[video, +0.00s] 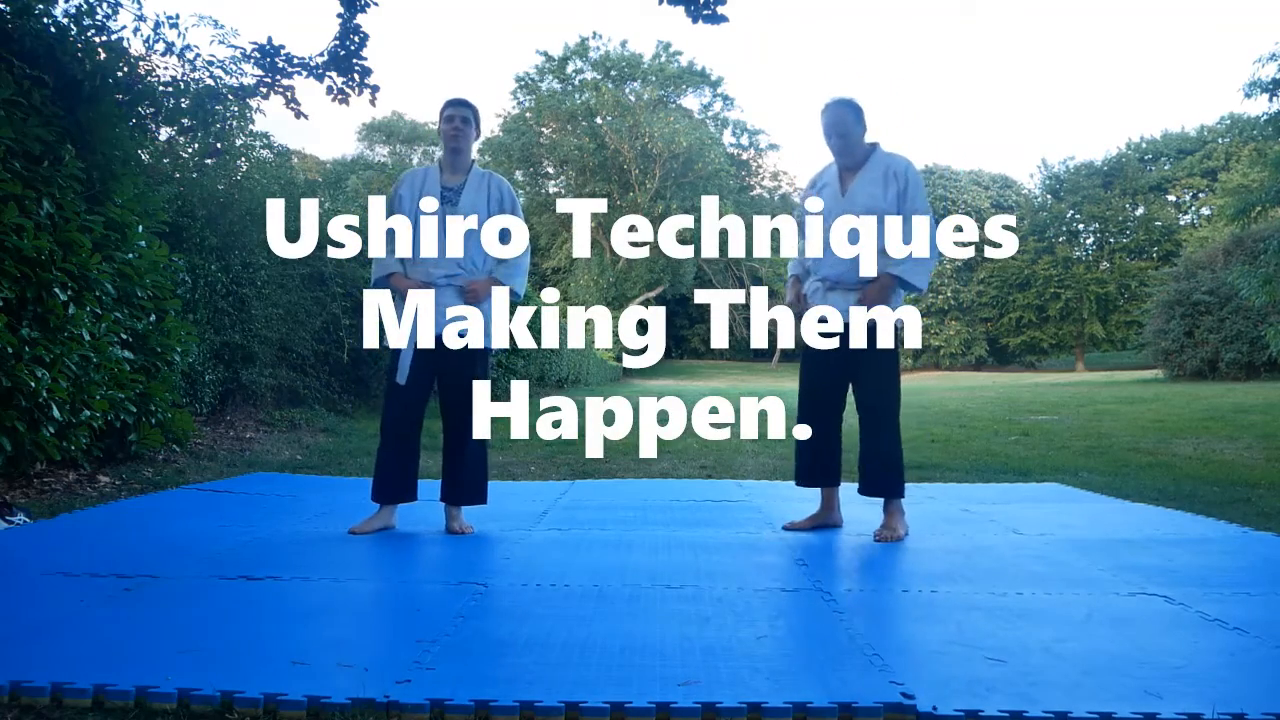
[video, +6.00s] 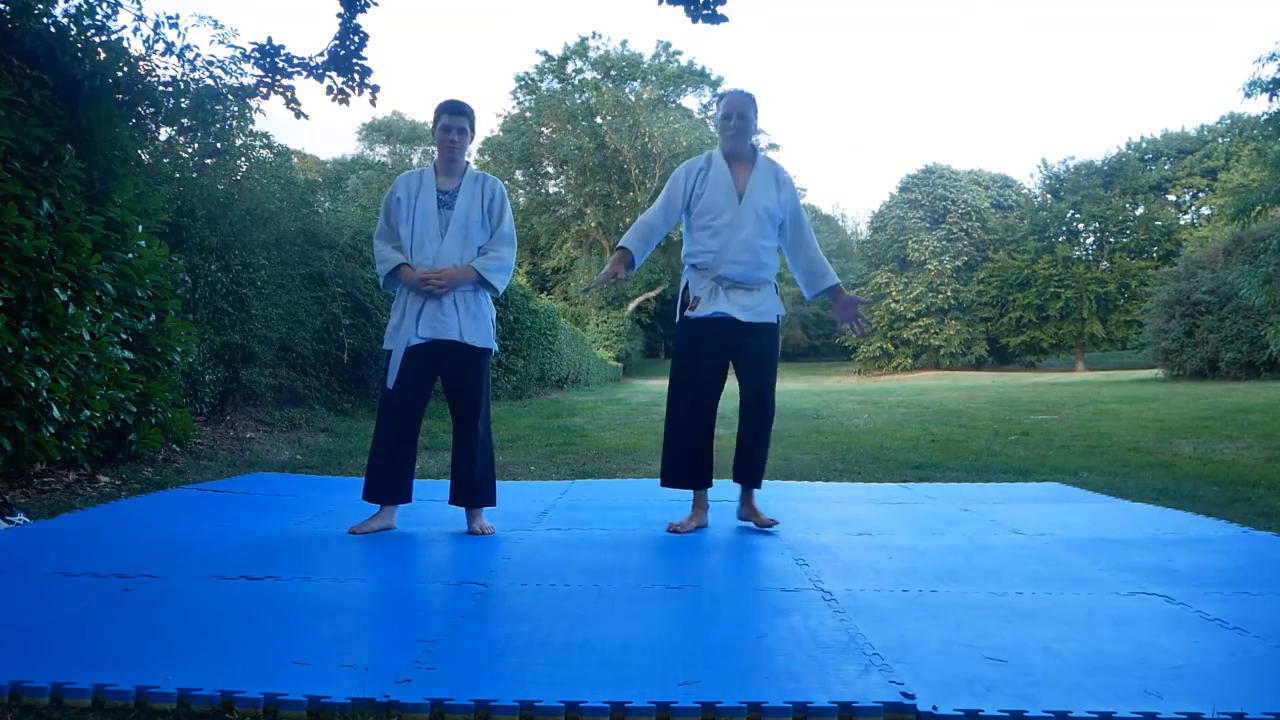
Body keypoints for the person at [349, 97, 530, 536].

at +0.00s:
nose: (455, 127)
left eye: (463, 122)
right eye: (448, 121)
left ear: (476, 133)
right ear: (438, 130)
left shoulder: (498, 188)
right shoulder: (410, 183)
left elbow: (517, 249)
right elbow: (386, 238)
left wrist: (492, 283)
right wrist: (397, 277)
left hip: (470, 313)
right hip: (415, 310)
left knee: (463, 412)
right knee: (400, 408)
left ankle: (455, 509)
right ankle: (387, 508)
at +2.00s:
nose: (452, 133)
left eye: (460, 127)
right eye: (446, 126)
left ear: (473, 137)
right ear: (434, 132)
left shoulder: (490, 188)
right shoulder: (405, 183)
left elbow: (501, 253)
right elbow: (382, 249)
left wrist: (458, 264)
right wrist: (413, 269)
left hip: (468, 316)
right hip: (411, 314)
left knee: (469, 412)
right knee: (396, 409)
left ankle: (475, 509)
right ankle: (387, 509)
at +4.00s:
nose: (456, 137)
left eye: (464, 131)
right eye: (449, 129)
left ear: (475, 139)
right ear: (435, 133)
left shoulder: (492, 190)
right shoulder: (406, 186)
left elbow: (504, 259)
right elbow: (389, 256)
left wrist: (457, 274)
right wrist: (421, 277)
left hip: (470, 322)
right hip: (414, 320)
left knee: (473, 415)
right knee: (399, 411)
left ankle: (475, 512)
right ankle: (387, 510)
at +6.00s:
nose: (452, 137)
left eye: (460, 131)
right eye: (446, 129)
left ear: (472, 139)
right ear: (433, 134)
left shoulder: (491, 190)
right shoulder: (405, 186)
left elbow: (503, 256)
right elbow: (383, 246)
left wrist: (457, 275)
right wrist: (412, 276)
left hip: (469, 321)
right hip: (413, 319)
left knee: (472, 420)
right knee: (397, 415)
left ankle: (475, 513)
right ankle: (387, 510)